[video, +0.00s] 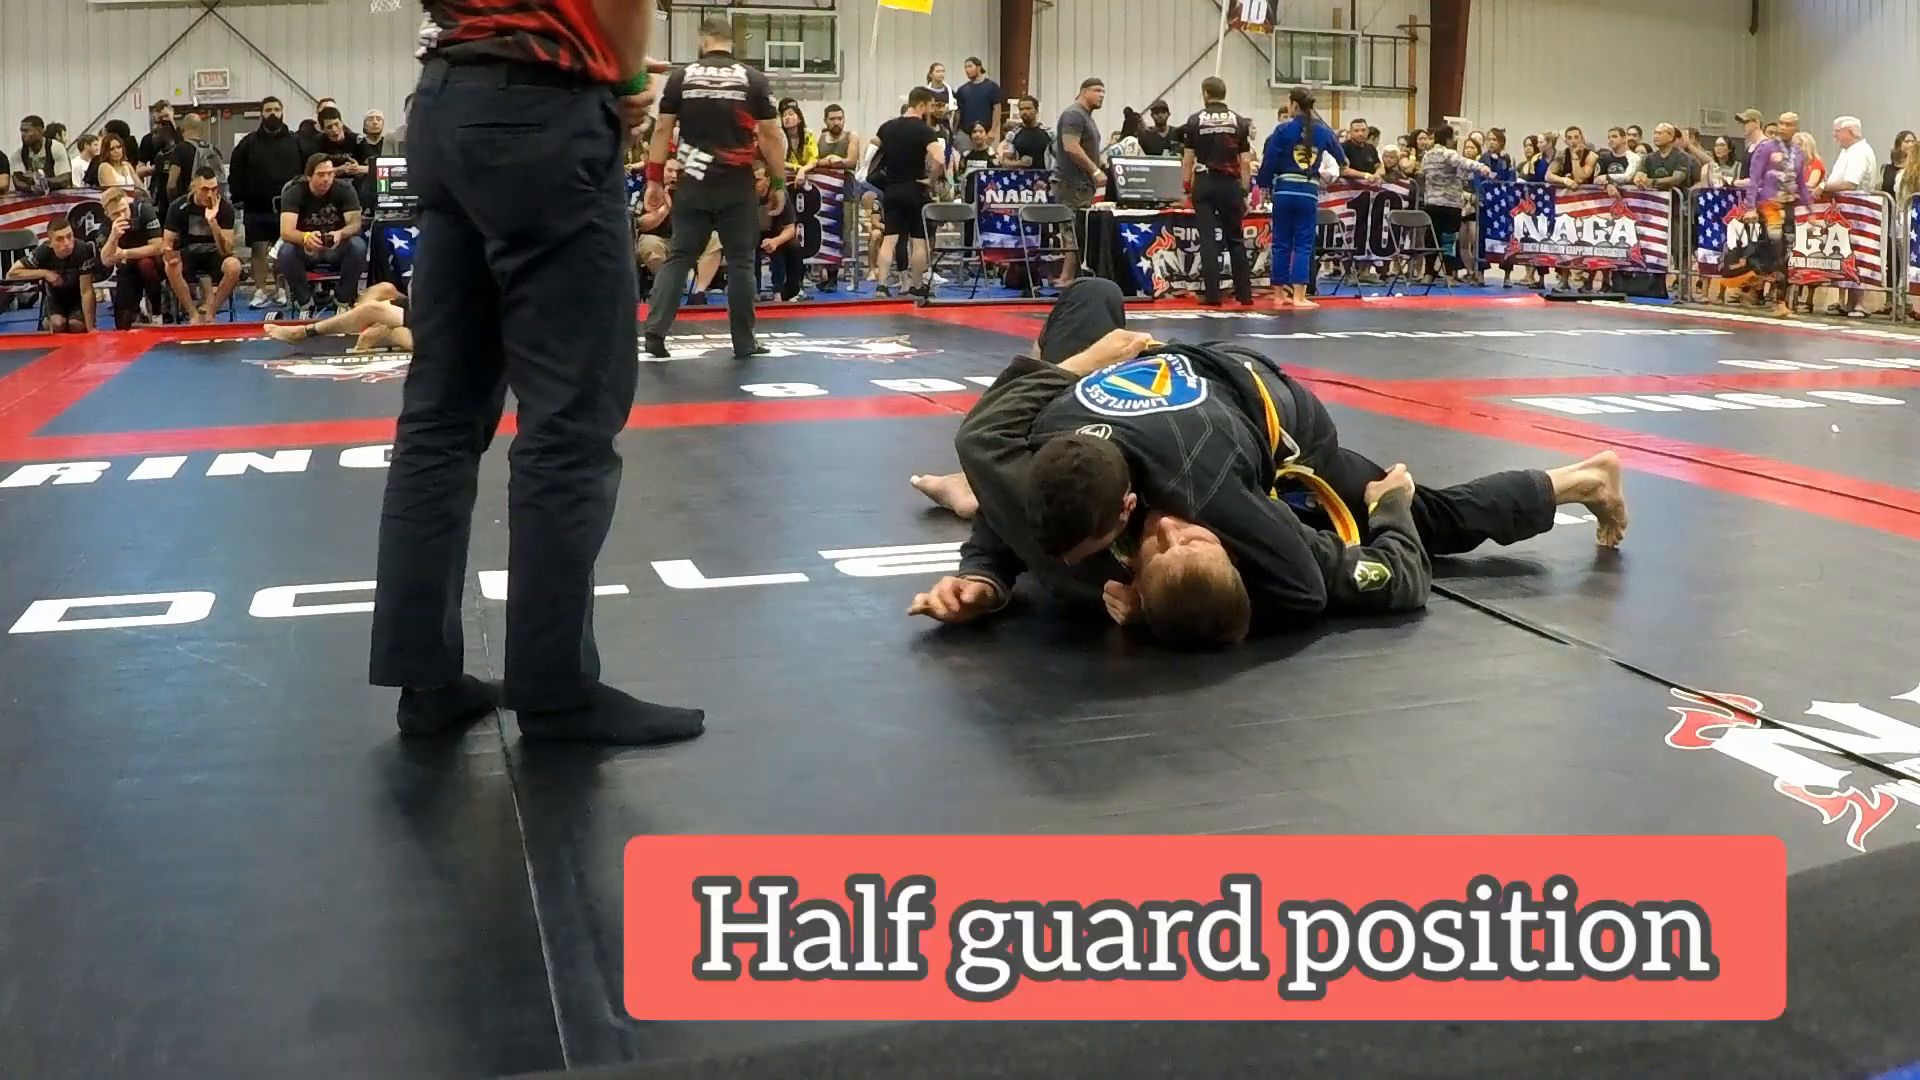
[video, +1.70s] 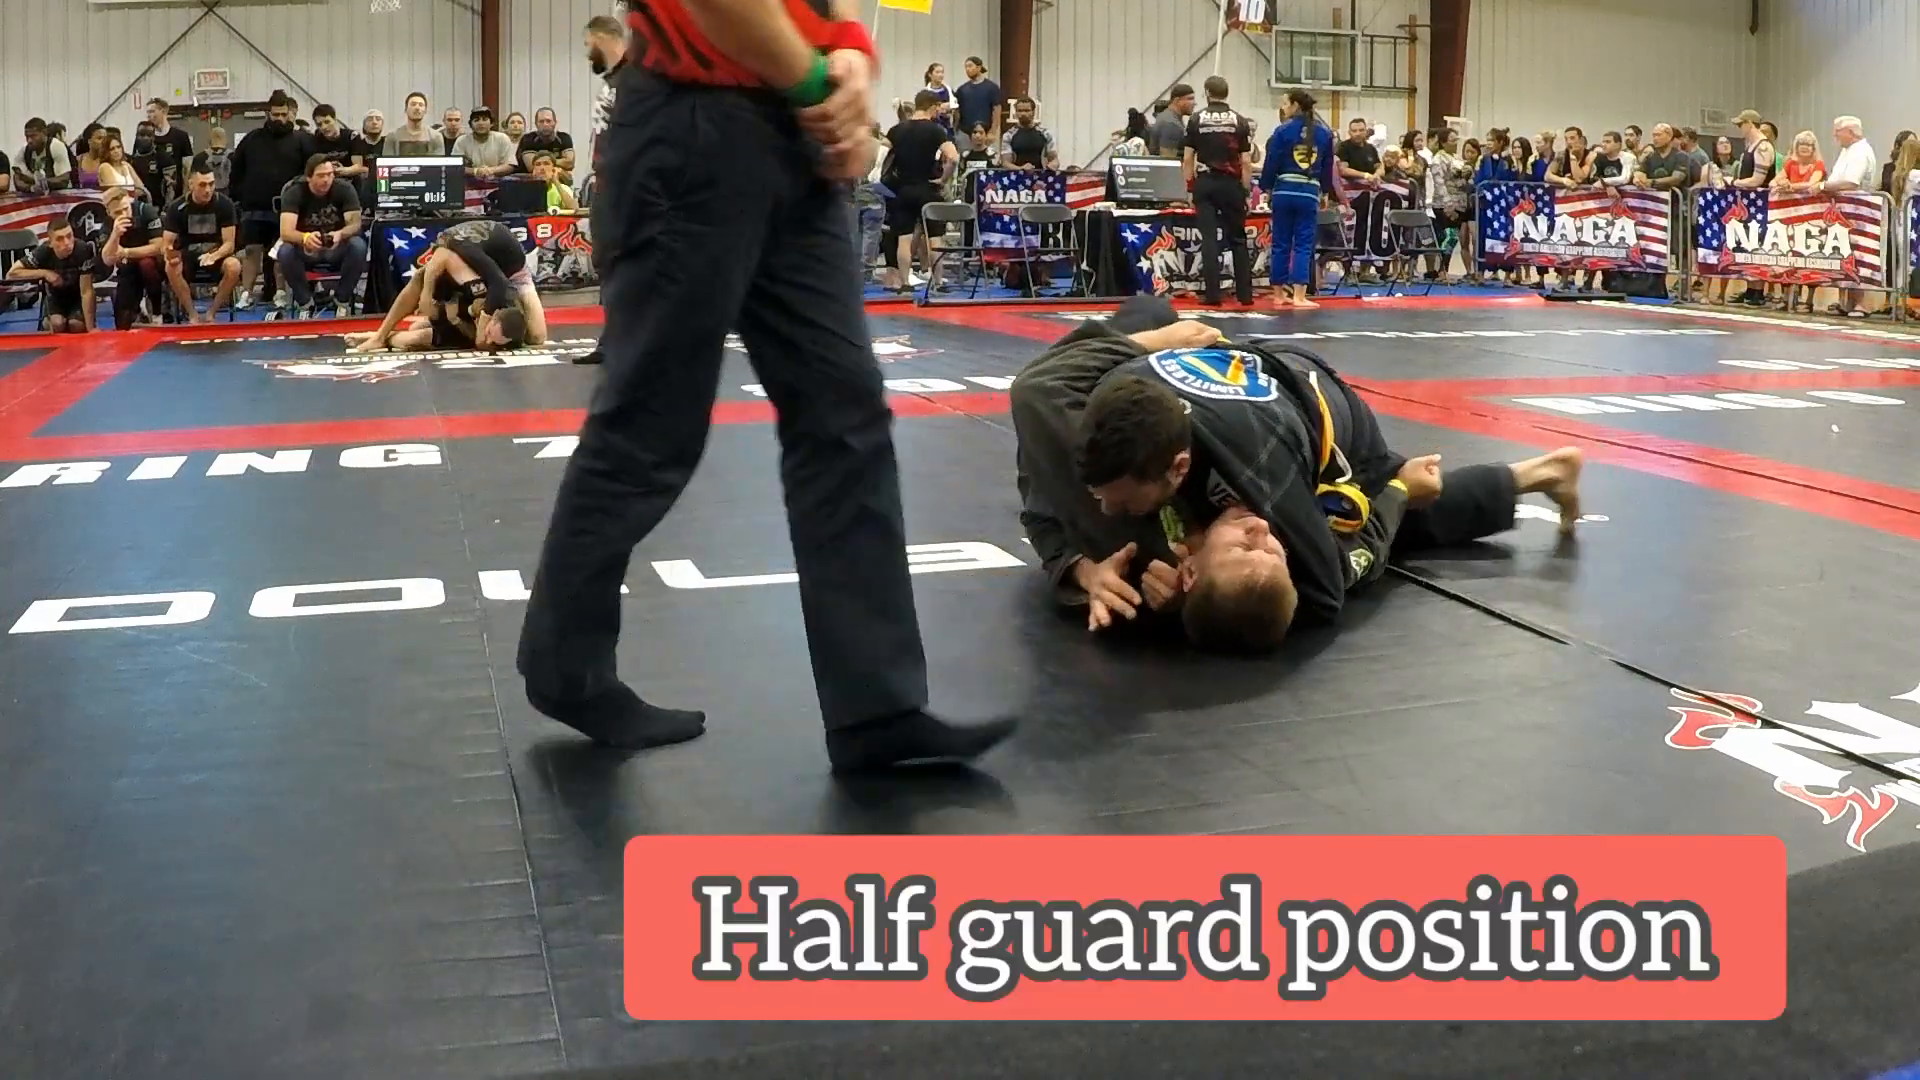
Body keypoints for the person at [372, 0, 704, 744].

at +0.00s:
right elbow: (622, 6)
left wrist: (607, 78)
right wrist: (629, 77)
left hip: (448, 96)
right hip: (548, 108)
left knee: (442, 418)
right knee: (571, 423)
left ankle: (428, 683)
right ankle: (556, 690)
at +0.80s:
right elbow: (675, 6)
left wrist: (714, 74)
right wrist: (725, 78)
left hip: (555, 102)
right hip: (618, 119)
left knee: (564, 403)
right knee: (607, 425)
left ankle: (460, 642)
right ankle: (552, 686)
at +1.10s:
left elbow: (678, 6)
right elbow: (666, 7)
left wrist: (744, 64)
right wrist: (732, 91)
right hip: (616, 116)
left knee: (637, 395)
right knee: (605, 416)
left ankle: (488, 617)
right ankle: (545, 693)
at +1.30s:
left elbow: (709, 8)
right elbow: (664, 8)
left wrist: (766, 65)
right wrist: (747, 90)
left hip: (684, 118)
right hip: (621, 118)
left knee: (726, 391)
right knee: (611, 424)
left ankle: (599, 634)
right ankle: (549, 684)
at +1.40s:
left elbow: (735, 11)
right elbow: (665, 6)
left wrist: (781, 63)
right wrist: (754, 88)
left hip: (702, 121)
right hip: (629, 117)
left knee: (767, 388)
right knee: (614, 426)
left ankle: (673, 651)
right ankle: (550, 688)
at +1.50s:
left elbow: (755, 9)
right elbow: (672, 5)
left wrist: (798, 58)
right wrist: (768, 94)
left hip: (730, 123)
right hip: (644, 119)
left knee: (802, 392)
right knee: (621, 426)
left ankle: (761, 677)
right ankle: (556, 684)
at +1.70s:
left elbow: (835, 7)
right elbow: (705, 6)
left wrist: (855, 62)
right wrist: (813, 84)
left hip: (791, 124)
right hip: (690, 116)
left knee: (841, 421)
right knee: (646, 426)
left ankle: (875, 718)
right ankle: (565, 668)